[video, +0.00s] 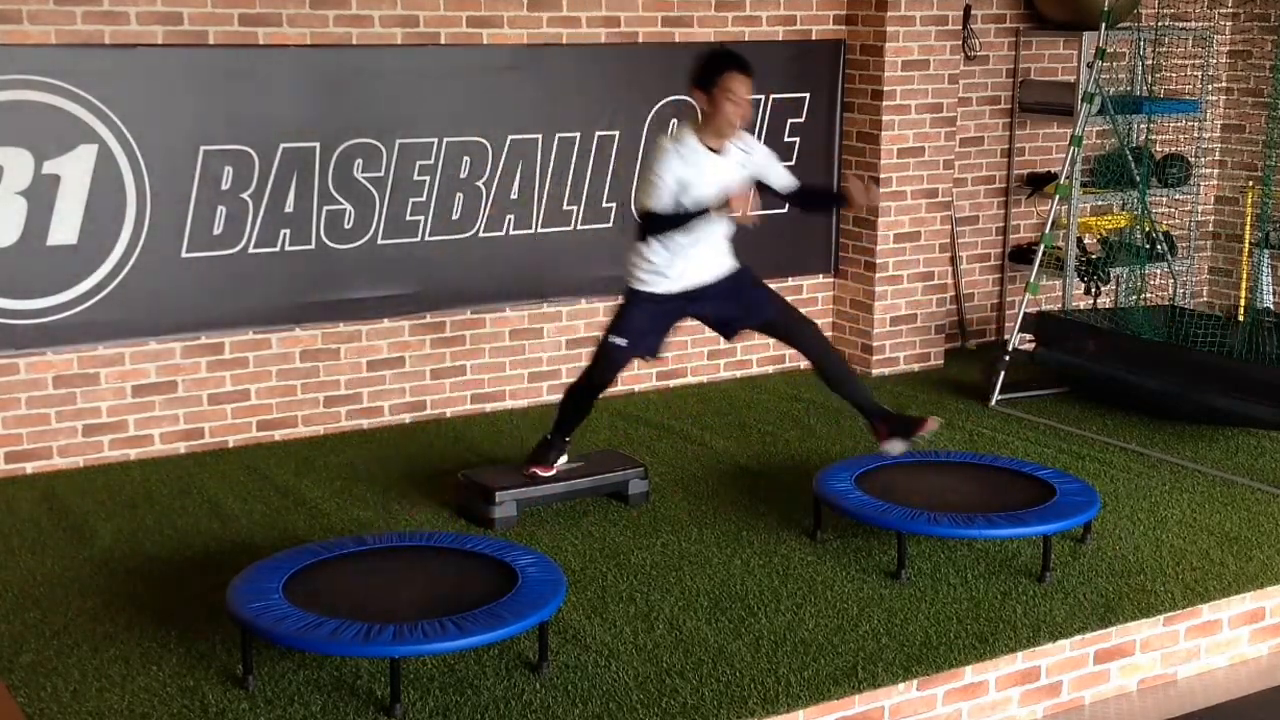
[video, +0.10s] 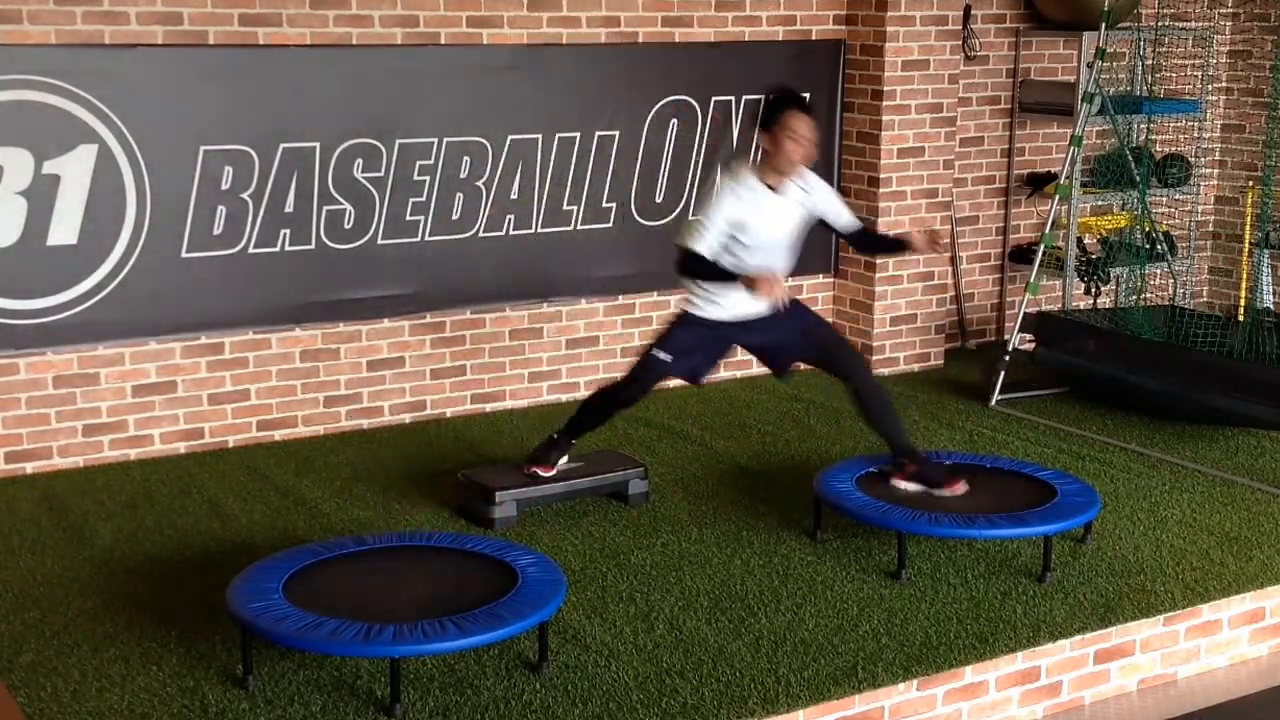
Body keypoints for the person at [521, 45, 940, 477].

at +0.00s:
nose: (743, 109)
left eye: (748, 100)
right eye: (733, 98)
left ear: (750, 104)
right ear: (702, 98)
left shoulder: (747, 149)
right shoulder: (672, 153)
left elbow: (795, 193)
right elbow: (647, 225)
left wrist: (842, 196)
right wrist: (719, 208)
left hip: (721, 278)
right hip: (657, 287)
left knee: (809, 335)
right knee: (601, 370)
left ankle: (884, 422)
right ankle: (553, 446)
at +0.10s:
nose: (804, 149)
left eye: (810, 141)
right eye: (795, 139)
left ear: (812, 146)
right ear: (765, 139)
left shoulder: (810, 188)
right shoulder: (730, 188)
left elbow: (859, 235)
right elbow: (687, 261)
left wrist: (908, 244)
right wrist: (748, 282)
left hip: (774, 312)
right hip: (710, 315)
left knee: (852, 364)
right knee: (630, 390)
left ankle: (909, 461)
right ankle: (557, 444)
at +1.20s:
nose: (670, 101)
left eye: (675, 93)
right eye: (659, 90)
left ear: (680, 99)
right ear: (630, 95)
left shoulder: (690, 151)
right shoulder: (603, 161)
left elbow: (725, 200)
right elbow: (549, 219)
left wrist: (760, 187)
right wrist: (551, 240)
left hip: (689, 280)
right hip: (620, 289)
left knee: (767, 347)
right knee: (566, 385)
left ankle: (829, 430)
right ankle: (571, 445)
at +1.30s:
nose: (642, 62)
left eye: (648, 53)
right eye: (631, 51)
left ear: (652, 59)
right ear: (602, 55)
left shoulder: (662, 115)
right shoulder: (574, 119)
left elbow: (714, 155)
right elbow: (521, 167)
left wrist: (732, 127)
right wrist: (515, 167)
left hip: (652, 259)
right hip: (589, 268)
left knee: (716, 332)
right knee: (556, 366)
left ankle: (718, 422)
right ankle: (564, 432)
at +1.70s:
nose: (544, 150)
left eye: (551, 140)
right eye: (532, 140)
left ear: (558, 142)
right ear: (505, 143)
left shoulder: (567, 193)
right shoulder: (483, 197)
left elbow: (617, 229)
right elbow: (456, 266)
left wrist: (623, 248)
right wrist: (454, 319)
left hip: (522, 330)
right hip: (468, 334)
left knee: (569, 389)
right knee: (429, 429)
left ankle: (540, 450)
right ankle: (388, 551)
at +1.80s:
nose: (509, 210)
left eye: (517, 199)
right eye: (497, 199)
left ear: (527, 201)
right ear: (470, 203)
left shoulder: (535, 239)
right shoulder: (458, 252)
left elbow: (584, 272)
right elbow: (446, 319)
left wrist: (595, 303)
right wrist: (450, 384)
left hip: (495, 352)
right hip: (436, 350)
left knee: (552, 413)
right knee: (411, 416)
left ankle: (541, 450)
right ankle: (389, 536)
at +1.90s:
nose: (483, 260)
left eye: (491, 247)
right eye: (471, 250)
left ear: (499, 243)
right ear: (445, 252)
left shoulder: (516, 271)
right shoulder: (429, 300)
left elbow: (574, 294)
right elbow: (430, 365)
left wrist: (576, 349)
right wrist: (439, 419)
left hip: (484, 372)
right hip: (421, 370)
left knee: (538, 420)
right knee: (397, 432)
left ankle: (541, 450)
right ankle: (386, 540)